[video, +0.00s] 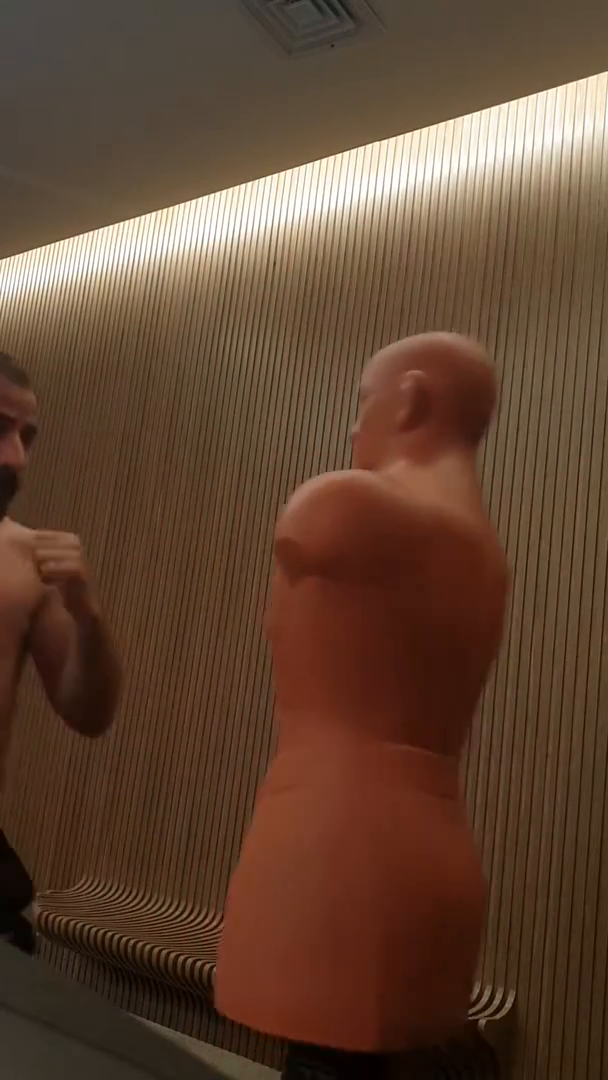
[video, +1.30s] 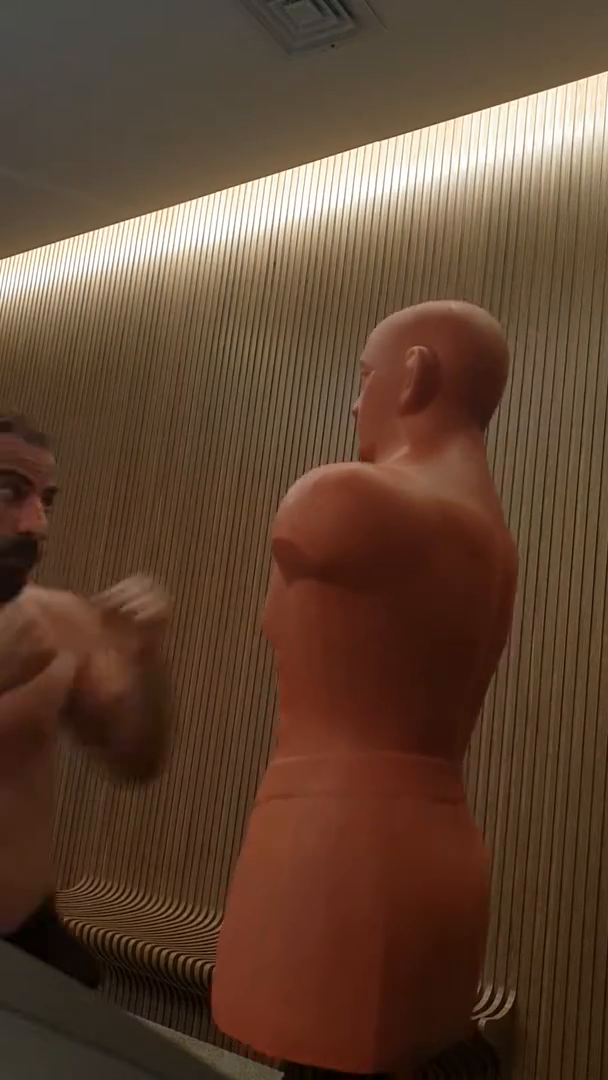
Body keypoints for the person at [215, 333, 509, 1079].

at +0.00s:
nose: (356, 421)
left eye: (364, 401)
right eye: (359, 403)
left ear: (412, 402)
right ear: (474, 425)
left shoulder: (337, 507)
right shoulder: (485, 549)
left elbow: (297, 532)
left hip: (332, 854)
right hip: (435, 847)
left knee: (315, 1062)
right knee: (415, 1062)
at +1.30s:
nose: (356, 401)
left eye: (366, 376)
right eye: (359, 379)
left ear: (417, 378)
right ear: (479, 401)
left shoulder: (344, 503)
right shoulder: (491, 542)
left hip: (334, 858)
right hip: (436, 850)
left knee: (312, 1063)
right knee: (401, 1063)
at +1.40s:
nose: (354, 406)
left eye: (362, 383)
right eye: (355, 386)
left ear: (410, 381)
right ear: (474, 403)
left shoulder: (344, 503)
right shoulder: (484, 536)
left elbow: (295, 526)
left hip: (335, 859)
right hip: (432, 848)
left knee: (320, 1063)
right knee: (395, 1063)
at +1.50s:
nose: (417, 394)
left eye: (429, 368)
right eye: (421, 370)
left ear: (481, 374)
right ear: (538, 395)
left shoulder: (401, 500)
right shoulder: (541, 540)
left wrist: (294, 556)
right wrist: (309, 570)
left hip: (363, 871)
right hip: (465, 863)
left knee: (322, 1062)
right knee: (412, 1066)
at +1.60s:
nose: (437, 388)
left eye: (452, 360)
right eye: (443, 362)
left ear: (507, 371)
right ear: (564, 397)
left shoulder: (413, 508)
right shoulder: (568, 552)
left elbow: (360, 541)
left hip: (367, 891)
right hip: (473, 882)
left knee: (315, 1064)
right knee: (427, 1067)